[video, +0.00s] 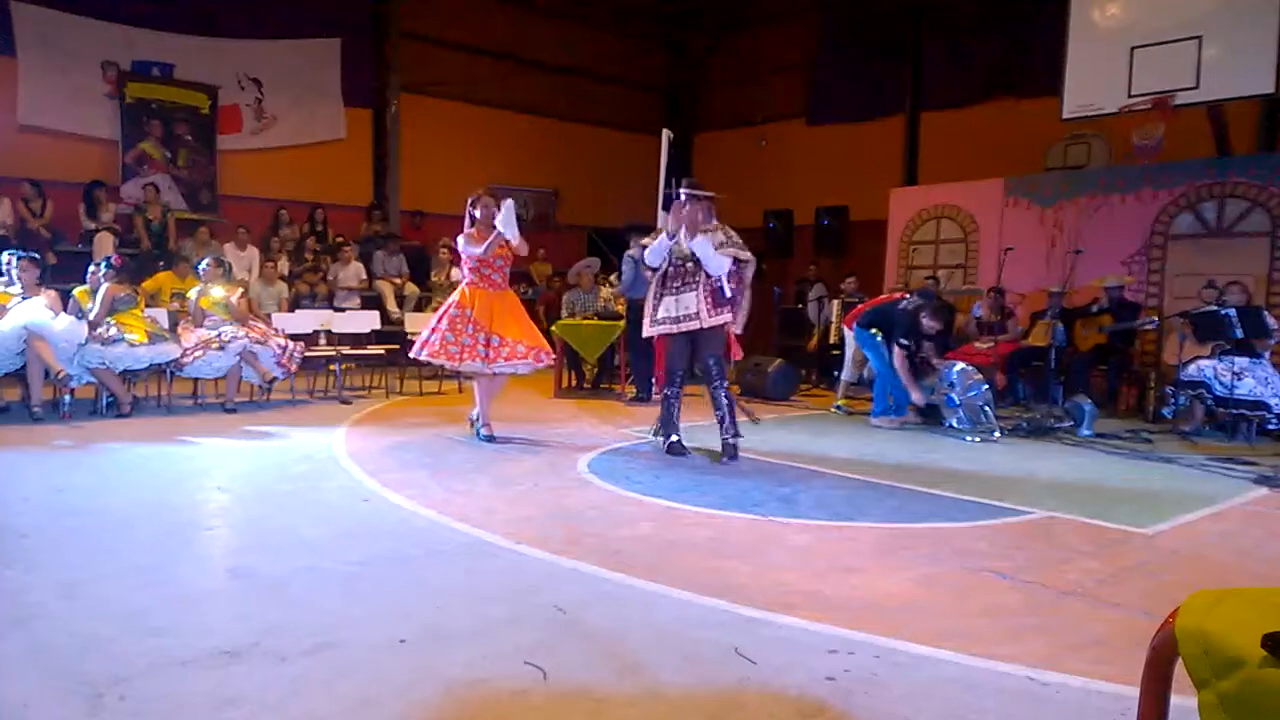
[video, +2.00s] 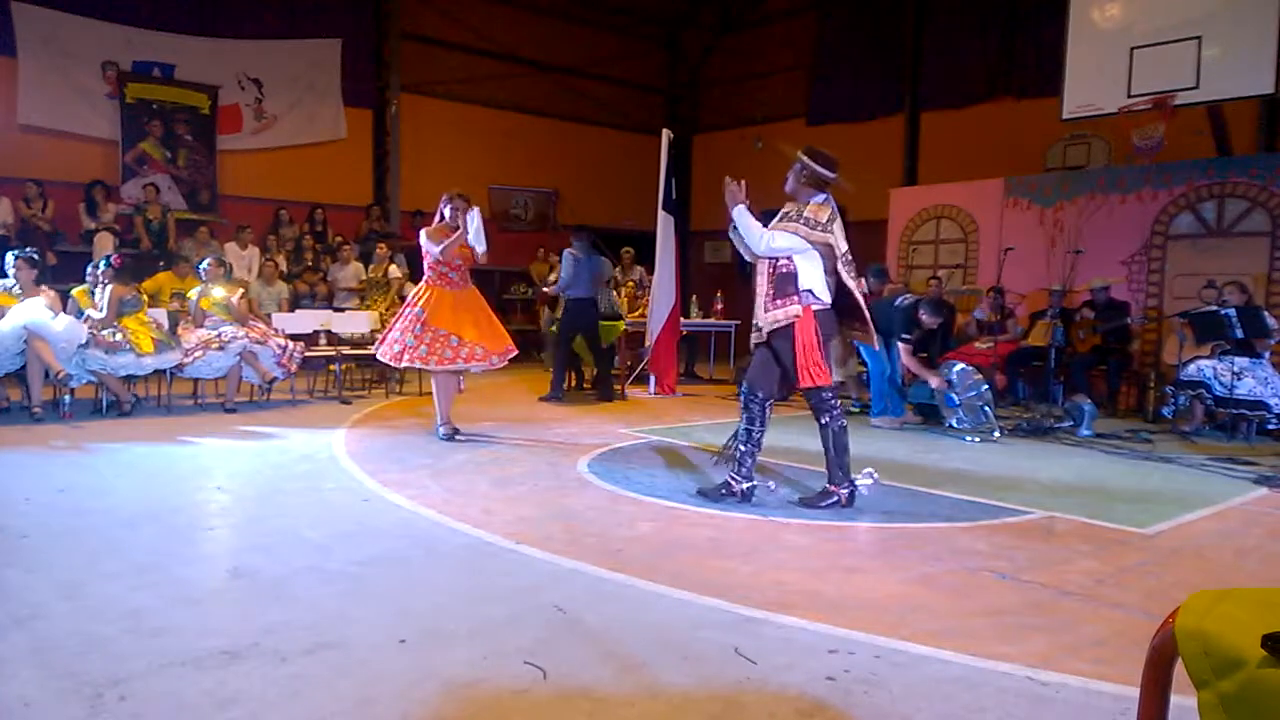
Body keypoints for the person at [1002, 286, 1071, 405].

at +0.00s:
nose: (1053, 301)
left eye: (1057, 298)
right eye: (1051, 297)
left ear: (1062, 298)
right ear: (1047, 298)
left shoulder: (1067, 315)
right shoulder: (1037, 316)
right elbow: (1027, 336)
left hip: (1057, 348)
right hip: (1037, 348)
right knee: (1013, 358)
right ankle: (1013, 396)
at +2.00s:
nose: (1055, 300)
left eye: (1058, 296)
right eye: (1053, 296)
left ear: (1063, 298)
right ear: (1049, 297)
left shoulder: (1067, 314)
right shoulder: (1036, 315)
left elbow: (1068, 338)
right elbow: (1028, 335)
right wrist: (1024, 342)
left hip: (1054, 349)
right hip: (1035, 348)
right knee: (1012, 358)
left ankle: (1044, 397)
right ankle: (1012, 394)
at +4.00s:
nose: (1056, 299)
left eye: (1059, 296)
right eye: (1054, 296)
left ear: (1064, 297)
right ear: (1049, 296)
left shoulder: (1069, 314)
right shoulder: (1037, 315)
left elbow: (1068, 338)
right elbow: (1028, 335)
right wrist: (1024, 342)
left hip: (1056, 348)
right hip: (1036, 347)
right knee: (1013, 358)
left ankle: (1041, 399)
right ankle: (1012, 395)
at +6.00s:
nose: (1056, 299)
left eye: (1059, 296)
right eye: (1054, 295)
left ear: (1063, 297)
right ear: (1049, 296)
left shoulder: (1068, 314)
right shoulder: (1036, 315)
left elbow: (1068, 337)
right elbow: (1029, 333)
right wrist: (1025, 341)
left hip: (1055, 348)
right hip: (1035, 347)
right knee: (1012, 359)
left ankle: (1043, 397)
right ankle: (1013, 395)